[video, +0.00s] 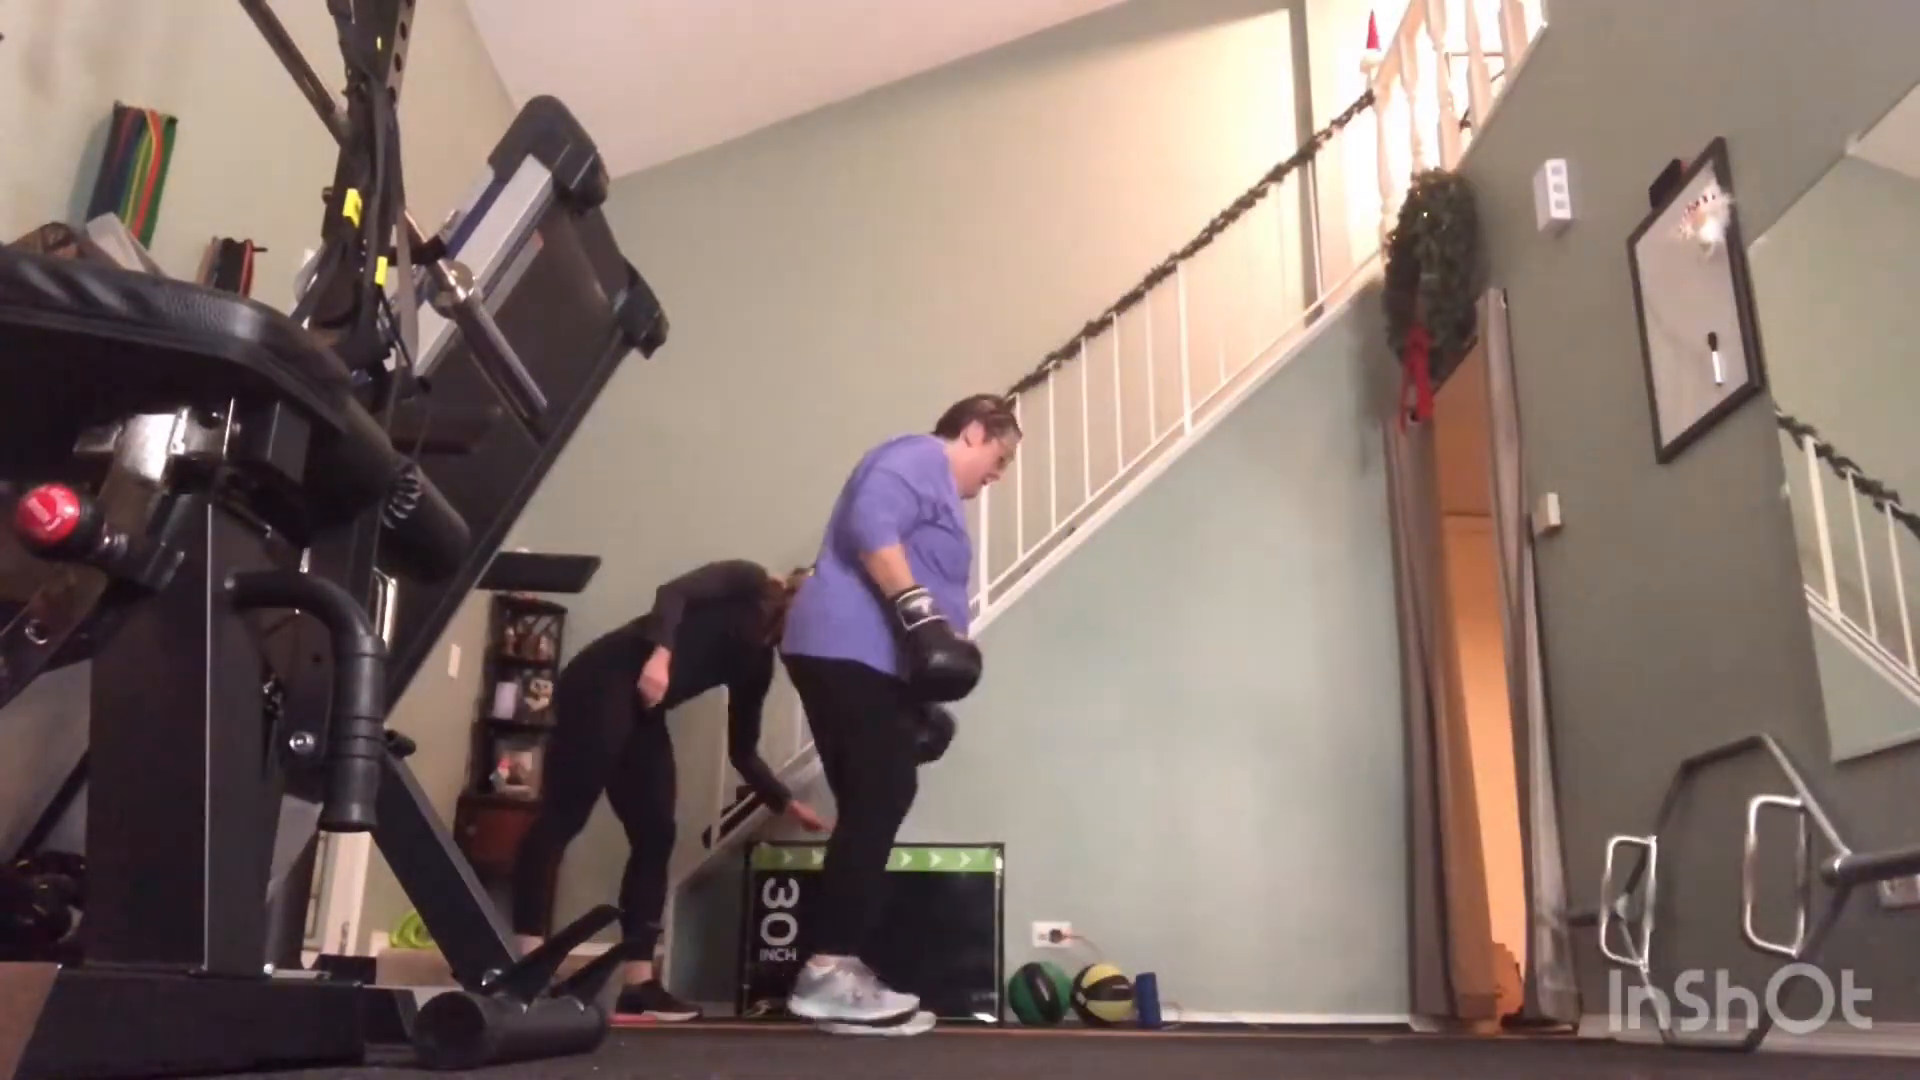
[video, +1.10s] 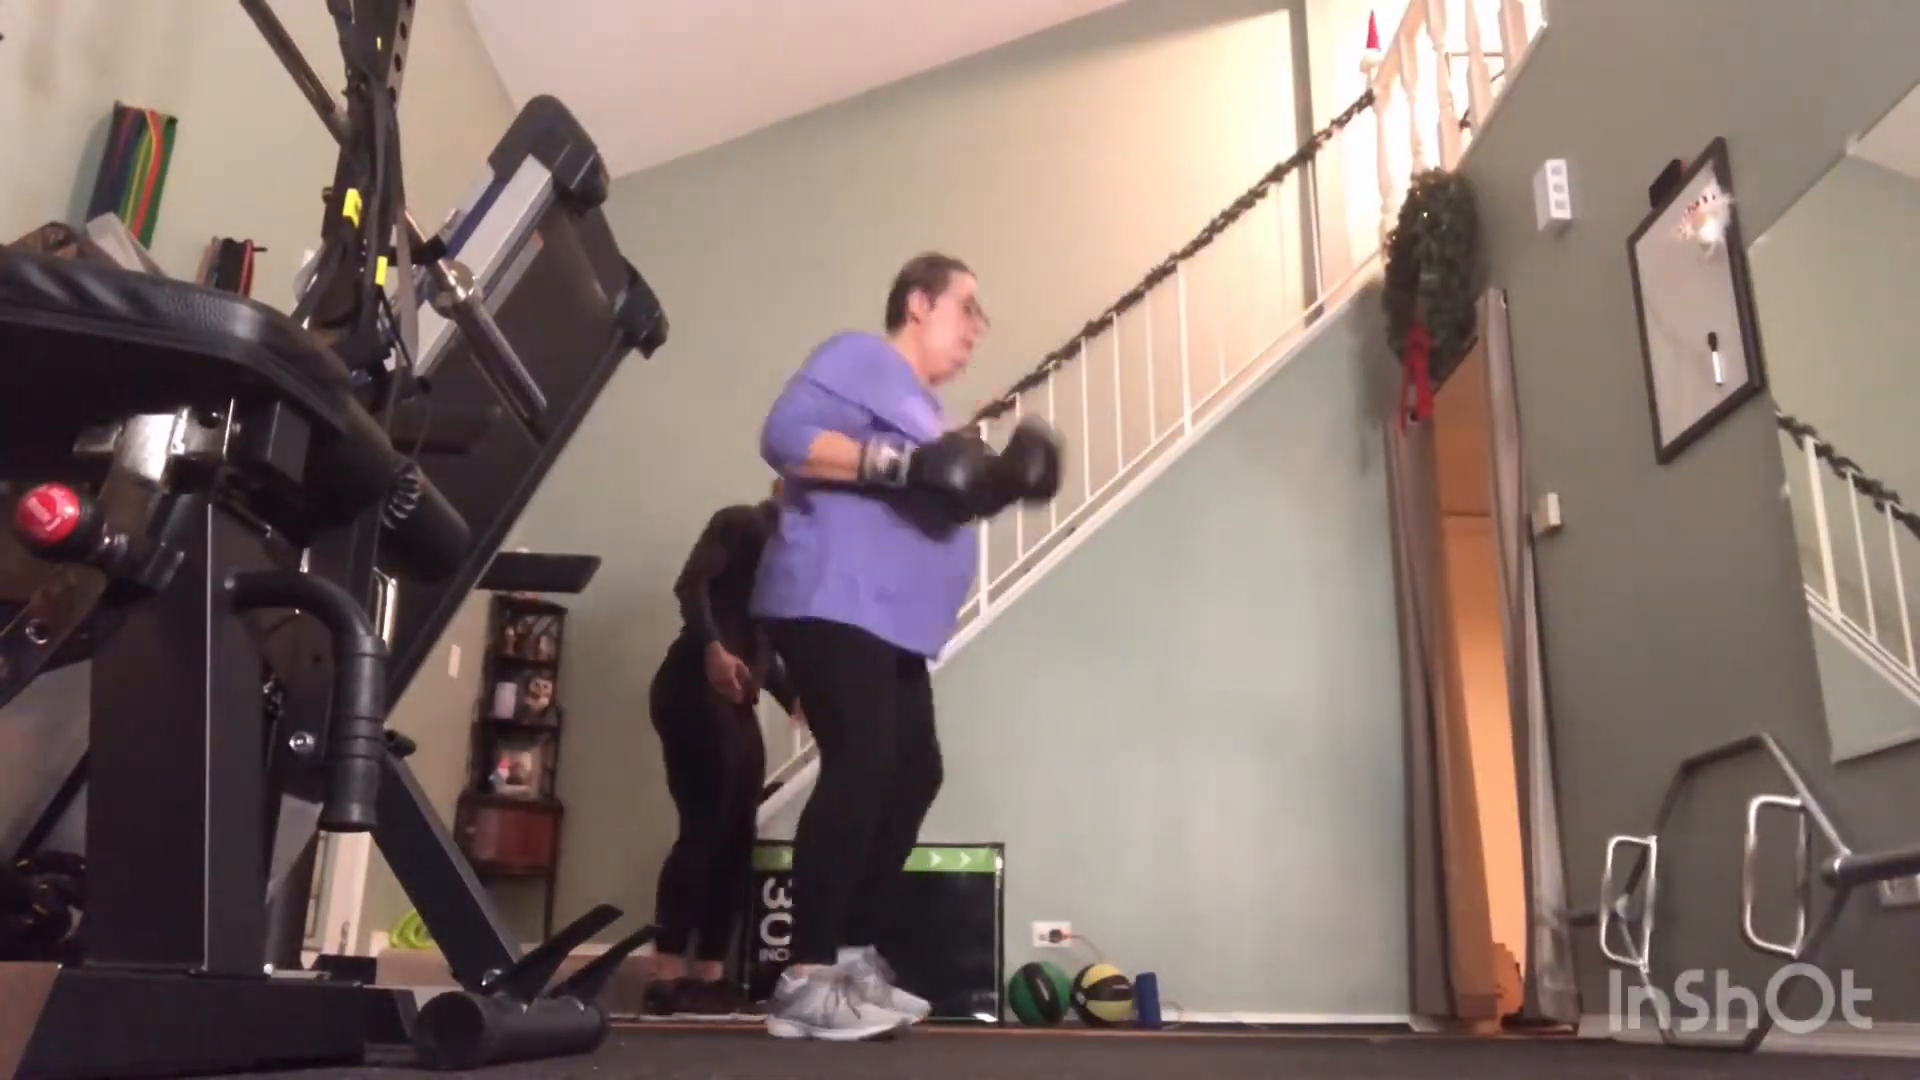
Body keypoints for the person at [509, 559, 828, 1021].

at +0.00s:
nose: (804, 633)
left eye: (810, 627)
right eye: (807, 620)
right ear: (798, 599)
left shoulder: (757, 664)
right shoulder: (749, 580)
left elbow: (743, 750)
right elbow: (673, 592)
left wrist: (789, 805)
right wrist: (661, 653)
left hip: (643, 711)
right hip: (596, 686)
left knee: (654, 835)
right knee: (560, 819)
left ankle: (638, 982)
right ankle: (529, 958)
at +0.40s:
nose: (825, 597)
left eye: (832, 592)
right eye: (822, 581)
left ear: (823, 604)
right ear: (800, 576)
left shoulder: (765, 658)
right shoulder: (748, 575)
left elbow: (755, 747)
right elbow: (673, 592)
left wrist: (803, 796)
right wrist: (676, 653)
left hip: (650, 712)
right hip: (603, 688)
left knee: (665, 834)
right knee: (571, 818)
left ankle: (639, 982)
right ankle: (527, 955)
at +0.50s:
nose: (788, 547)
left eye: (798, 545)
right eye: (784, 532)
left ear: (795, 559)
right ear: (756, 528)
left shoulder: (747, 624)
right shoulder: (708, 548)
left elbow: (721, 701)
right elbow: (639, 586)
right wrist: (652, 646)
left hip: (652, 712)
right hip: (605, 686)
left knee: (665, 834)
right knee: (584, 820)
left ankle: (640, 980)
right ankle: (516, 944)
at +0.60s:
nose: (718, 509)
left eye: (724, 502)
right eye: (713, 495)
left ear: (715, 509)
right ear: (679, 486)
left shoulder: (688, 576)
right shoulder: (629, 525)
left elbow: (661, 657)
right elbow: (576, 582)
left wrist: (683, 714)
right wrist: (586, 651)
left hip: (619, 709)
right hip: (567, 694)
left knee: (644, 833)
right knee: (554, 828)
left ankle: (636, 979)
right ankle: (490, 953)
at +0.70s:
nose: (714, 509)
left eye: (721, 503)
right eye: (710, 495)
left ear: (715, 507)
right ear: (679, 482)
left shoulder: (687, 569)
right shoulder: (631, 523)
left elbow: (666, 647)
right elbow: (585, 580)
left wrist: (683, 693)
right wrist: (573, 650)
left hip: (634, 708)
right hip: (586, 692)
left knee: (649, 836)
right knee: (563, 828)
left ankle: (634, 978)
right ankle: (492, 950)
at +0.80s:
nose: (759, 512)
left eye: (766, 506)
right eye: (754, 498)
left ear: (763, 514)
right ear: (724, 490)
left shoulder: (730, 575)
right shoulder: (674, 533)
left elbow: (715, 654)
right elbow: (627, 594)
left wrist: (736, 710)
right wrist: (658, 653)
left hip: (675, 704)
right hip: (630, 691)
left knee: (677, 831)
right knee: (666, 820)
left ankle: (638, 974)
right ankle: (608, 945)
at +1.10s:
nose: (804, 497)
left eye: (812, 492)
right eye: (802, 486)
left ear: (810, 501)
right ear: (785, 482)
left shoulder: (792, 551)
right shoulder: (740, 521)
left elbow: (760, 641)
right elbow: (692, 585)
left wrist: (792, 696)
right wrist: (713, 647)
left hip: (734, 692)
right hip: (691, 683)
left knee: (737, 825)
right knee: (705, 821)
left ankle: (709, 971)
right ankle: (669, 969)